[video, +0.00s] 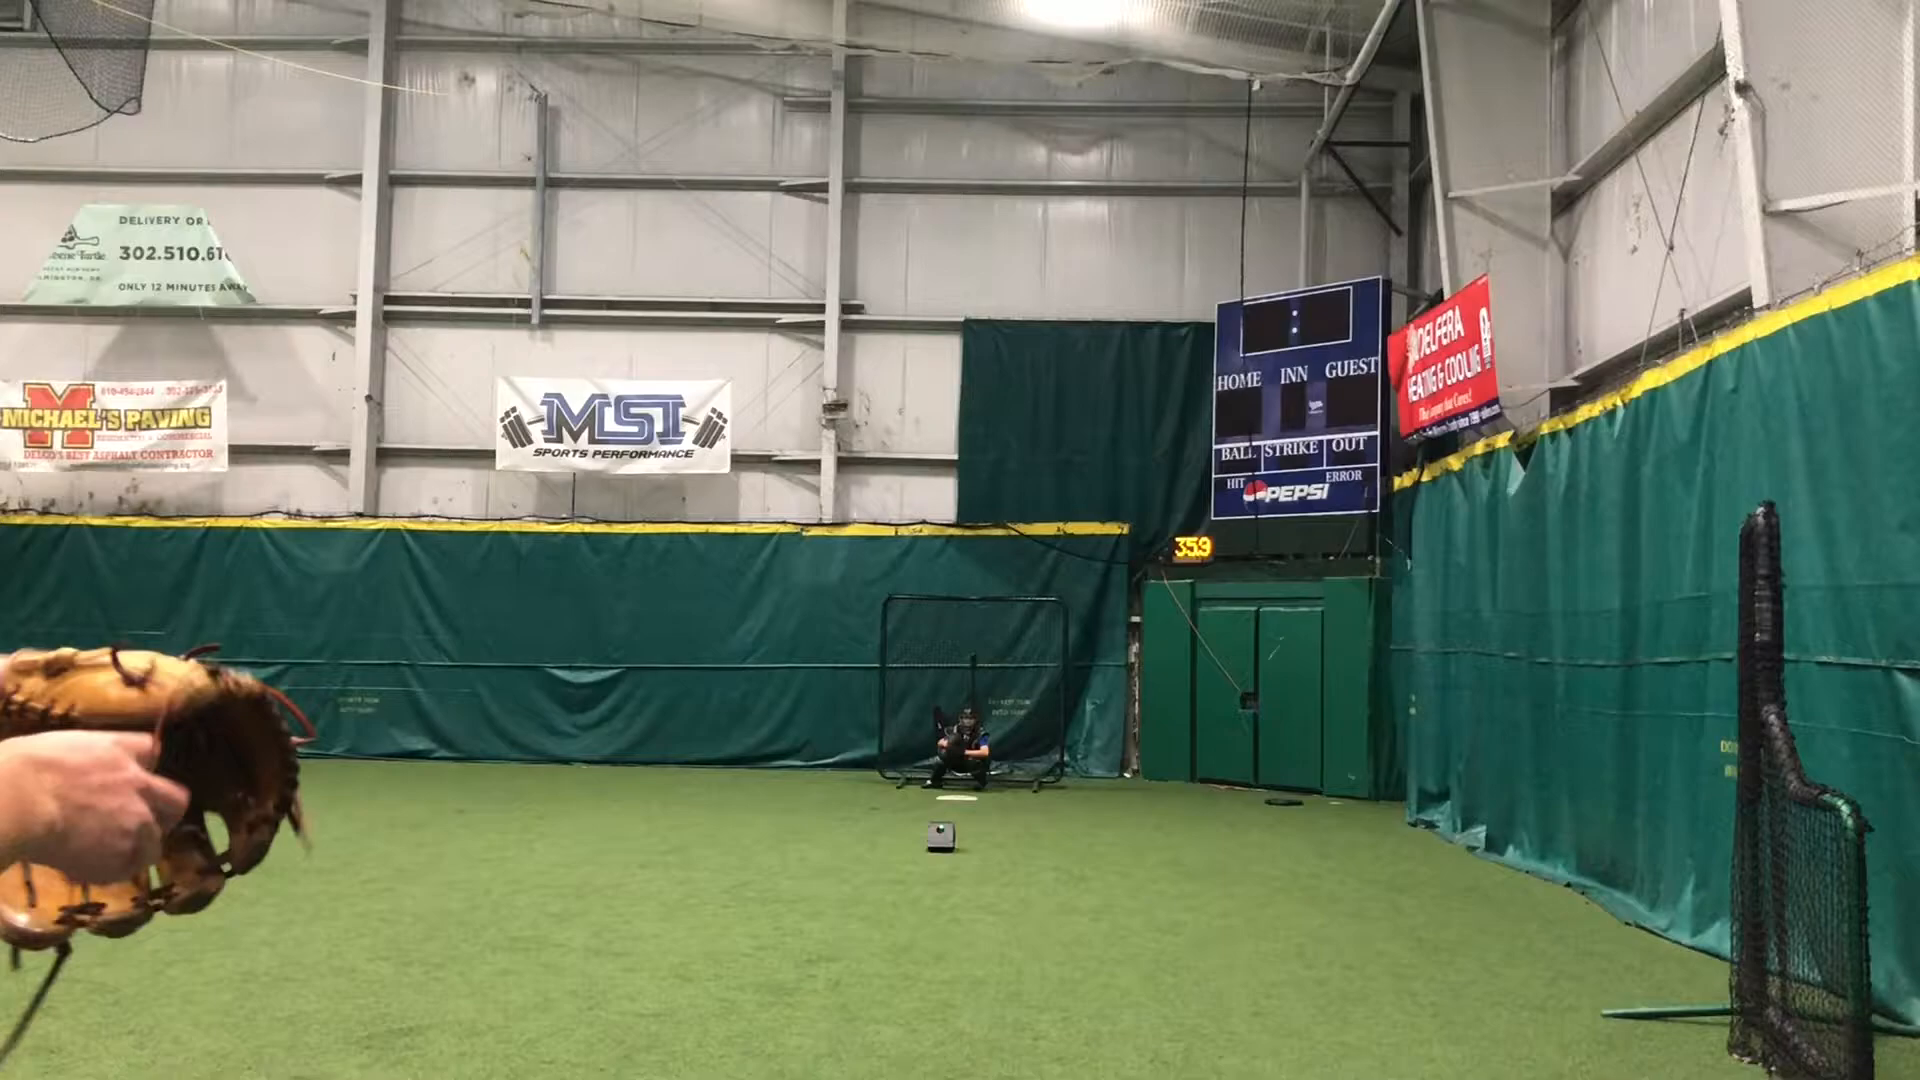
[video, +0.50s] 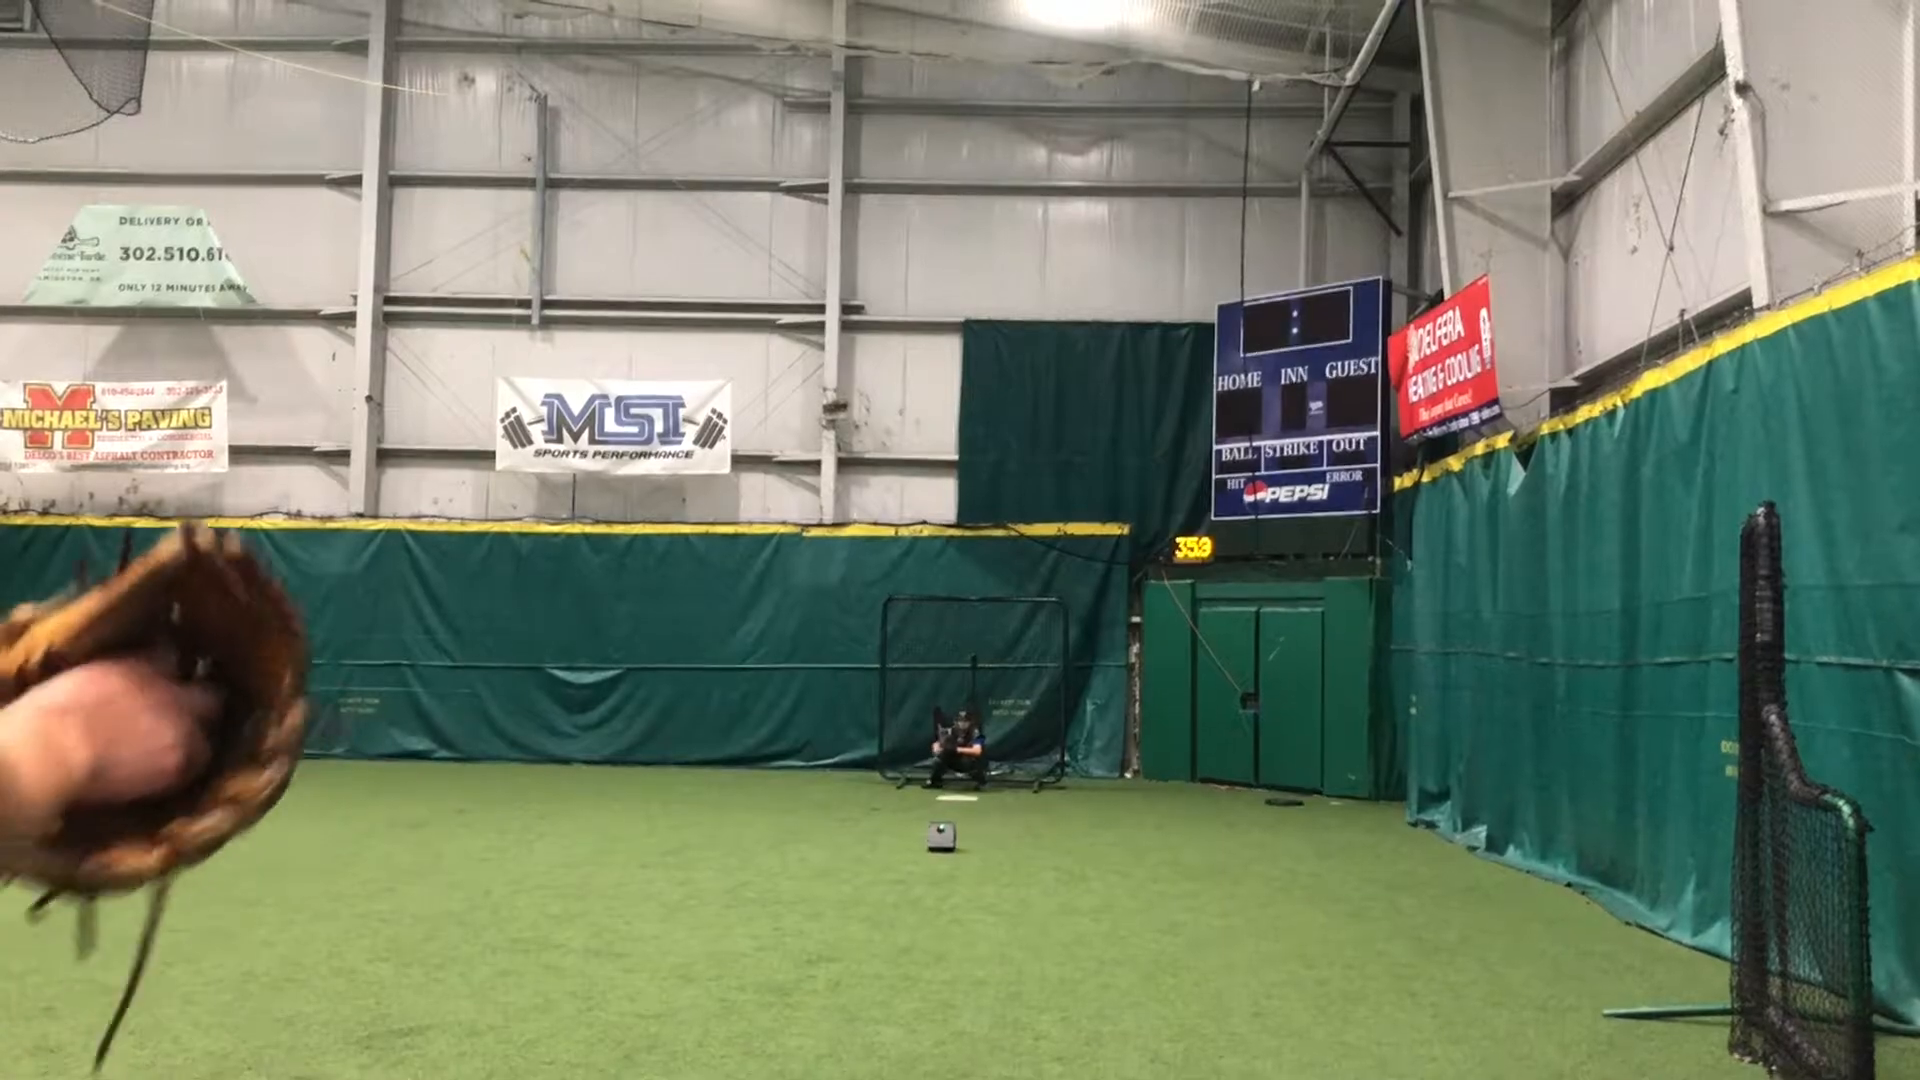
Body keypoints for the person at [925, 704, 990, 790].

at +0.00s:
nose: (967, 722)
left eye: (970, 719)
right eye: (964, 718)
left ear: (975, 720)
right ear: (960, 719)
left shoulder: (981, 734)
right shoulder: (955, 731)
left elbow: (985, 752)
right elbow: (941, 742)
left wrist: (964, 752)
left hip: (972, 761)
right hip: (955, 760)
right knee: (943, 757)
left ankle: (981, 783)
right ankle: (935, 781)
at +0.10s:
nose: (966, 722)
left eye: (969, 719)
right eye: (963, 719)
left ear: (975, 720)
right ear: (959, 720)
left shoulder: (980, 734)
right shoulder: (954, 730)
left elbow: (983, 752)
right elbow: (939, 742)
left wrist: (963, 752)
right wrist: (949, 746)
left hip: (972, 761)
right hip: (955, 759)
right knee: (943, 758)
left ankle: (980, 783)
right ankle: (935, 781)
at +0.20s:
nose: (964, 723)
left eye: (968, 720)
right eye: (962, 719)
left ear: (973, 721)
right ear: (958, 721)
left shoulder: (978, 735)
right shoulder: (954, 732)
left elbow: (982, 752)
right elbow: (937, 742)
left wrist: (961, 752)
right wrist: (948, 746)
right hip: (955, 760)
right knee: (942, 759)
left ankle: (981, 783)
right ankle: (935, 781)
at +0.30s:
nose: (964, 723)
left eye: (967, 721)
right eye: (961, 720)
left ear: (972, 722)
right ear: (958, 721)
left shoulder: (977, 735)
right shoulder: (953, 731)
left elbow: (980, 752)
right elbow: (936, 742)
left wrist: (960, 751)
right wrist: (946, 748)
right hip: (953, 759)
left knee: (971, 764)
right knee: (941, 761)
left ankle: (981, 782)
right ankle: (935, 781)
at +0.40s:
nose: (962, 725)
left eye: (966, 721)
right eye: (960, 721)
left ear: (971, 723)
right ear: (956, 723)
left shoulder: (976, 736)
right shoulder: (951, 733)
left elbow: (978, 752)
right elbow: (935, 743)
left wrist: (957, 750)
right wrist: (944, 748)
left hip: (970, 762)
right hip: (954, 760)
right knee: (940, 759)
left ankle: (981, 783)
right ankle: (935, 781)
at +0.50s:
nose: (962, 724)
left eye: (965, 721)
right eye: (959, 721)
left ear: (970, 723)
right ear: (956, 722)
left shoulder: (975, 734)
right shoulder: (952, 732)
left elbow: (977, 751)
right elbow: (942, 741)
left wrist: (957, 749)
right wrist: (937, 747)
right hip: (954, 758)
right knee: (941, 759)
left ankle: (981, 782)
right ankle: (935, 781)